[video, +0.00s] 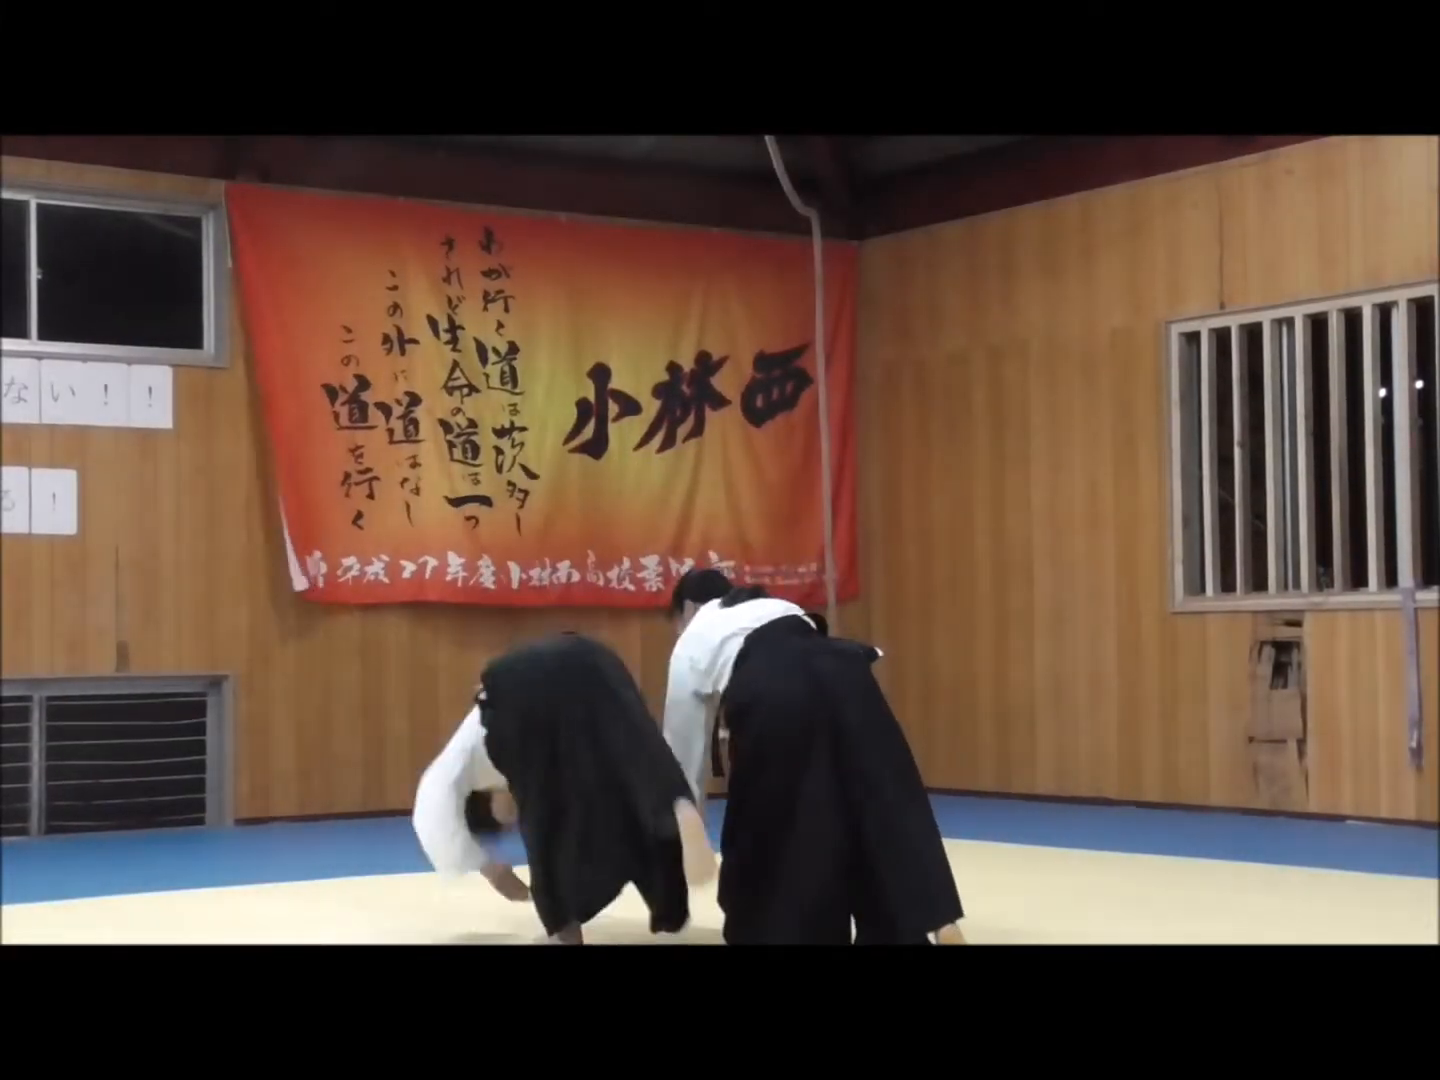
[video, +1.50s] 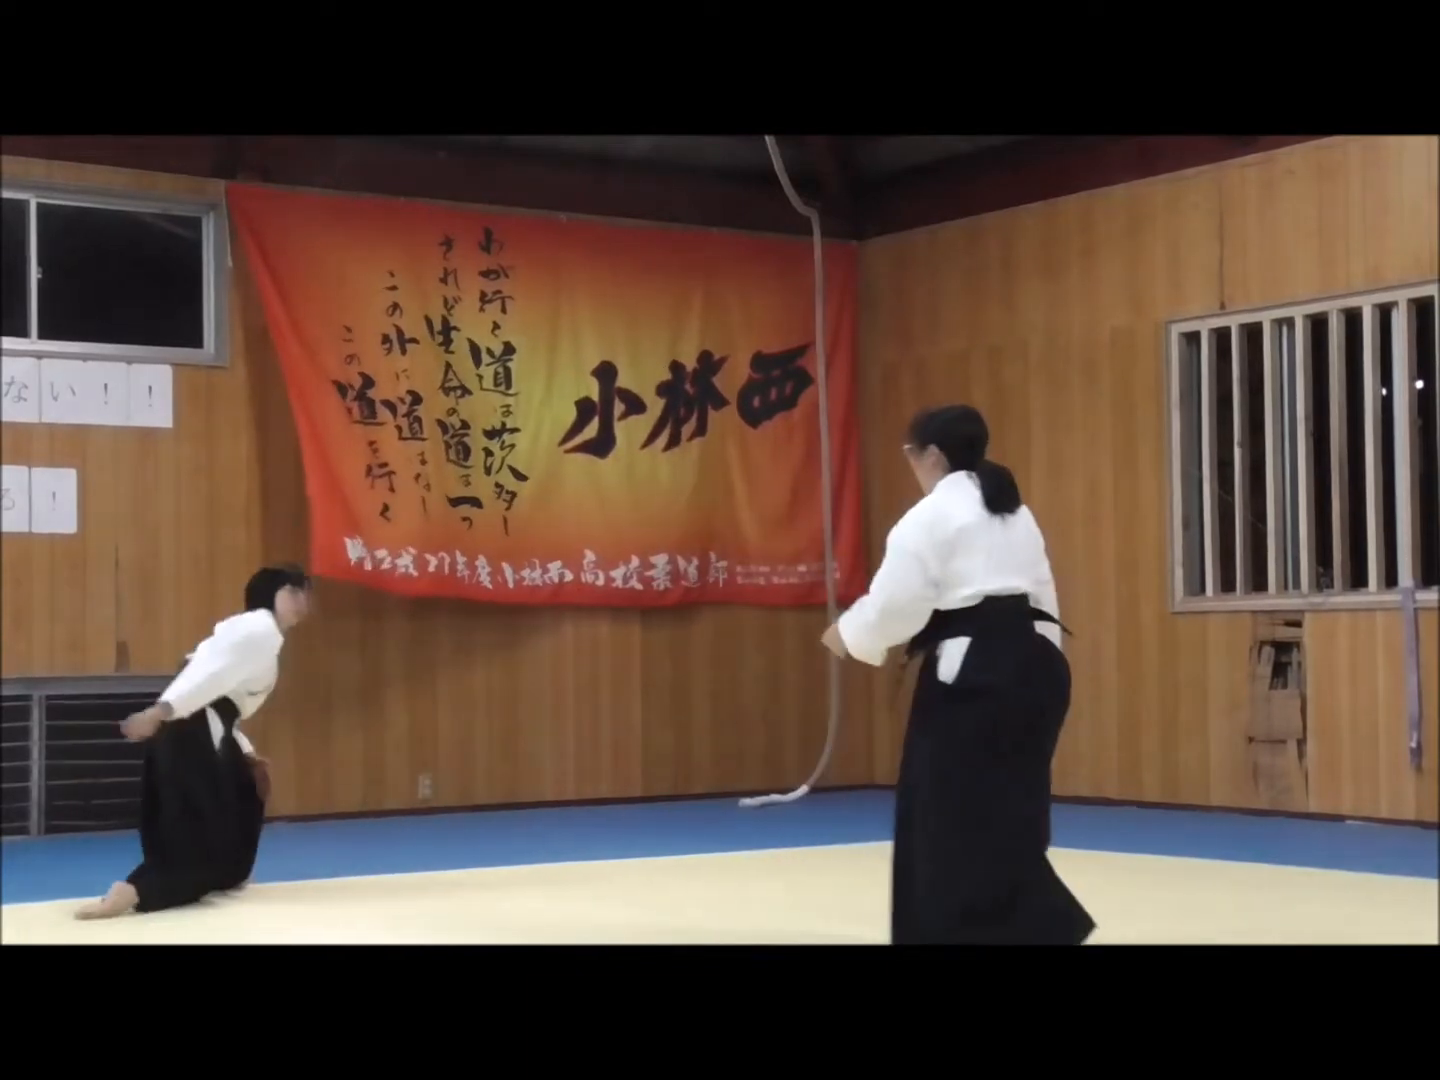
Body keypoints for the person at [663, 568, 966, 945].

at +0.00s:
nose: (678, 631)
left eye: (677, 621)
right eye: (677, 623)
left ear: (689, 609)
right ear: (728, 595)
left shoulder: (695, 640)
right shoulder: (772, 606)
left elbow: (683, 751)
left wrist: (686, 832)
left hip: (777, 697)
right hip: (847, 680)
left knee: (770, 826)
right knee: (892, 798)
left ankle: (764, 928)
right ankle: (945, 923)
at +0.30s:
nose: (696, 551)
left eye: (698, 543)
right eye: (697, 544)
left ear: (714, 536)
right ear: (752, 531)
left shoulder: (705, 567)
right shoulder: (790, 563)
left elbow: (627, 618)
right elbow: (804, 624)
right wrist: (732, 667)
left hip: (779, 679)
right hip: (848, 672)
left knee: (755, 811)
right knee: (886, 795)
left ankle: (758, 930)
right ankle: (940, 915)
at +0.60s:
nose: (726, 513)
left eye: (730, 504)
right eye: (728, 504)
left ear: (749, 503)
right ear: (786, 500)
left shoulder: (731, 542)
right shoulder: (819, 539)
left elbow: (663, 550)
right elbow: (833, 603)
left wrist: (637, 510)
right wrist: (754, 628)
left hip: (784, 678)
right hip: (853, 670)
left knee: (766, 807)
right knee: (891, 788)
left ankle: (762, 929)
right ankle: (947, 902)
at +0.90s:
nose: (814, 505)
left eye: (818, 495)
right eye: (816, 495)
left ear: (836, 496)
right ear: (875, 494)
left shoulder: (824, 541)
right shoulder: (909, 541)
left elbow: (745, 574)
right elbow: (905, 605)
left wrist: (716, 529)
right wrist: (823, 621)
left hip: (858, 683)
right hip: (930, 682)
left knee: (812, 808)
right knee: (924, 813)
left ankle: (770, 924)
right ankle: (930, 926)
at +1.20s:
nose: (878, 477)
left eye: (880, 467)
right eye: (877, 467)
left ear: (899, 467)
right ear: (936, 465)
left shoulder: (892, 522)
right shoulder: (977, 522)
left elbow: (835, 588)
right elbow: (991, 596)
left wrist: (790, 568)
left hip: (919, 674)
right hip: (990, 672)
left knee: (871, 795)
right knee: (964, 805)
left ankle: (866, 926)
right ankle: (950, 929)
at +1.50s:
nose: (911, 466)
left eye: (913, 456)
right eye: (910, 457)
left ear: (935, 455)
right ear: (974, 453)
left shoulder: (926, 521)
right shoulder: (1017, 510)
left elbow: (892, 606)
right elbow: (1042, 595)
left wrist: (845, 634)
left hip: (971, 667)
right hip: (1039, 661)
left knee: (938, 803)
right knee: (1013, 804)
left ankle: (942, 926)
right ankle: (1046, 920)